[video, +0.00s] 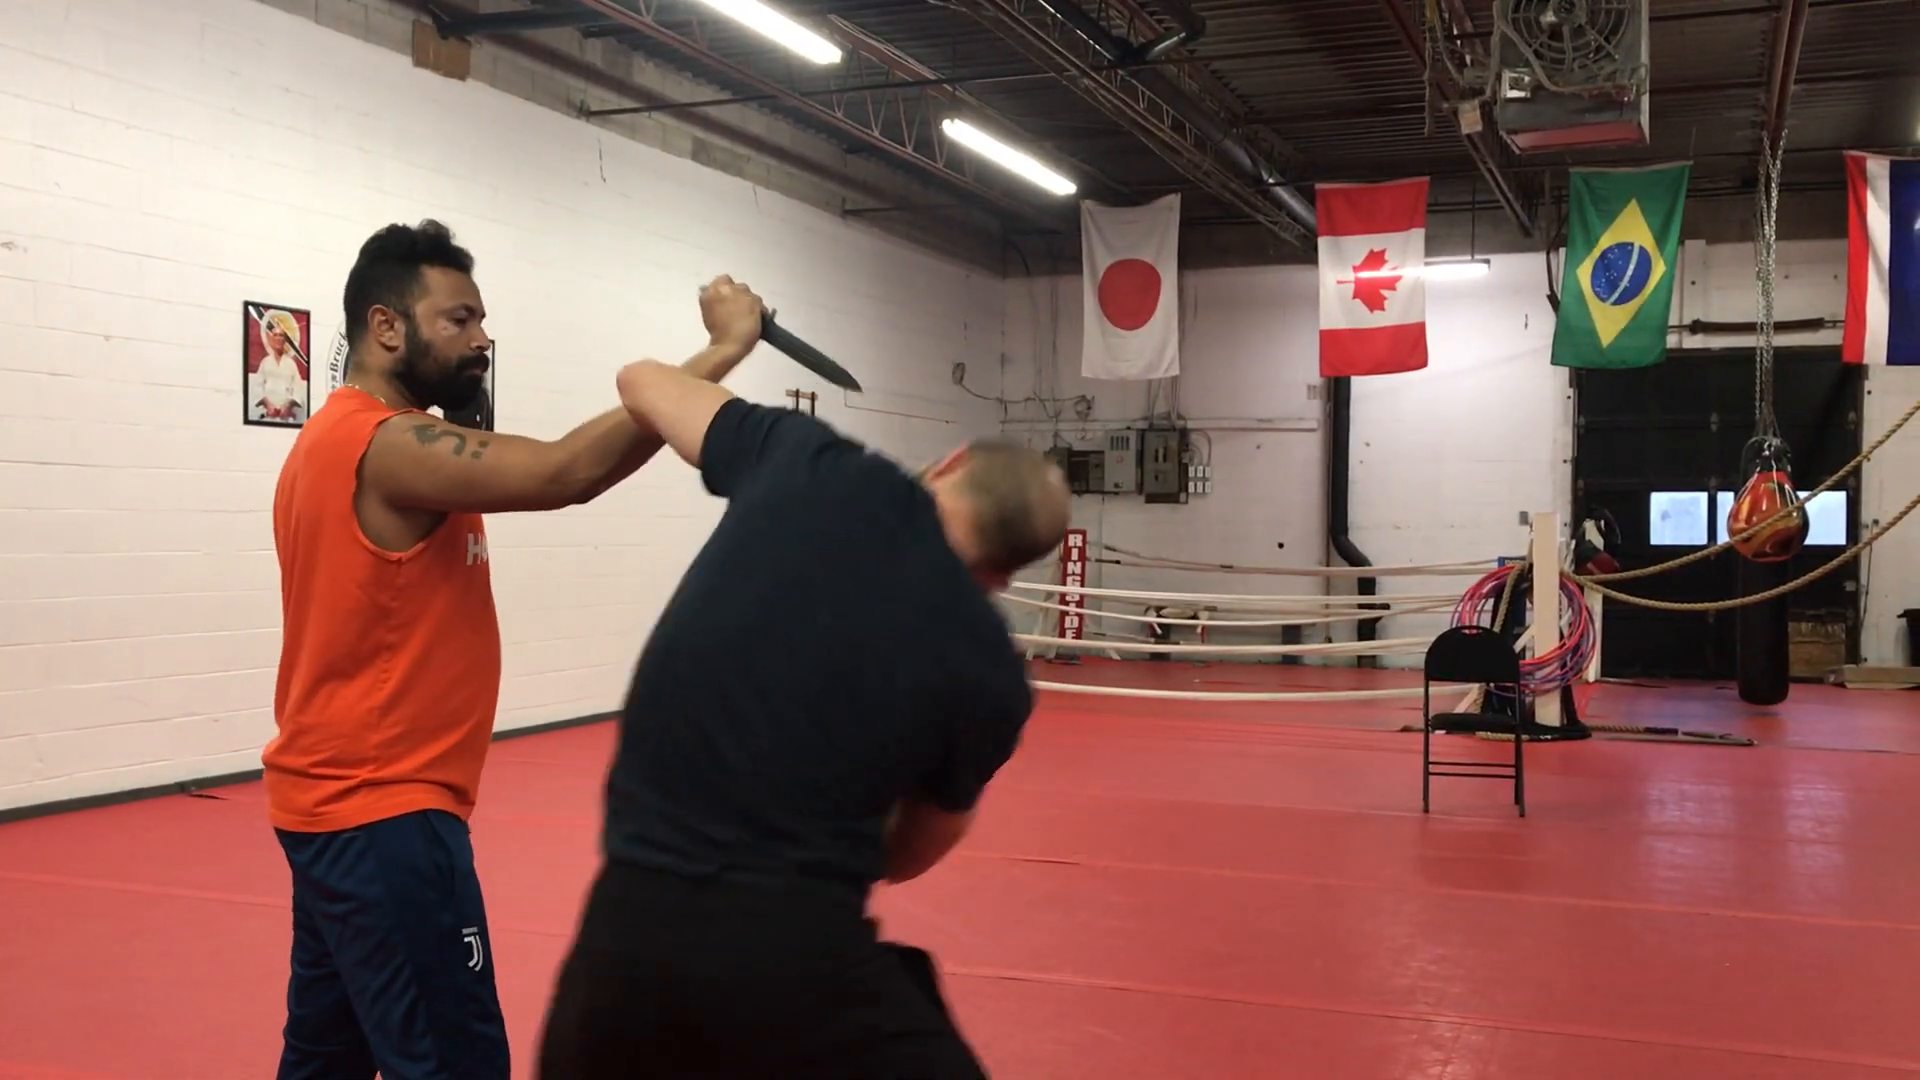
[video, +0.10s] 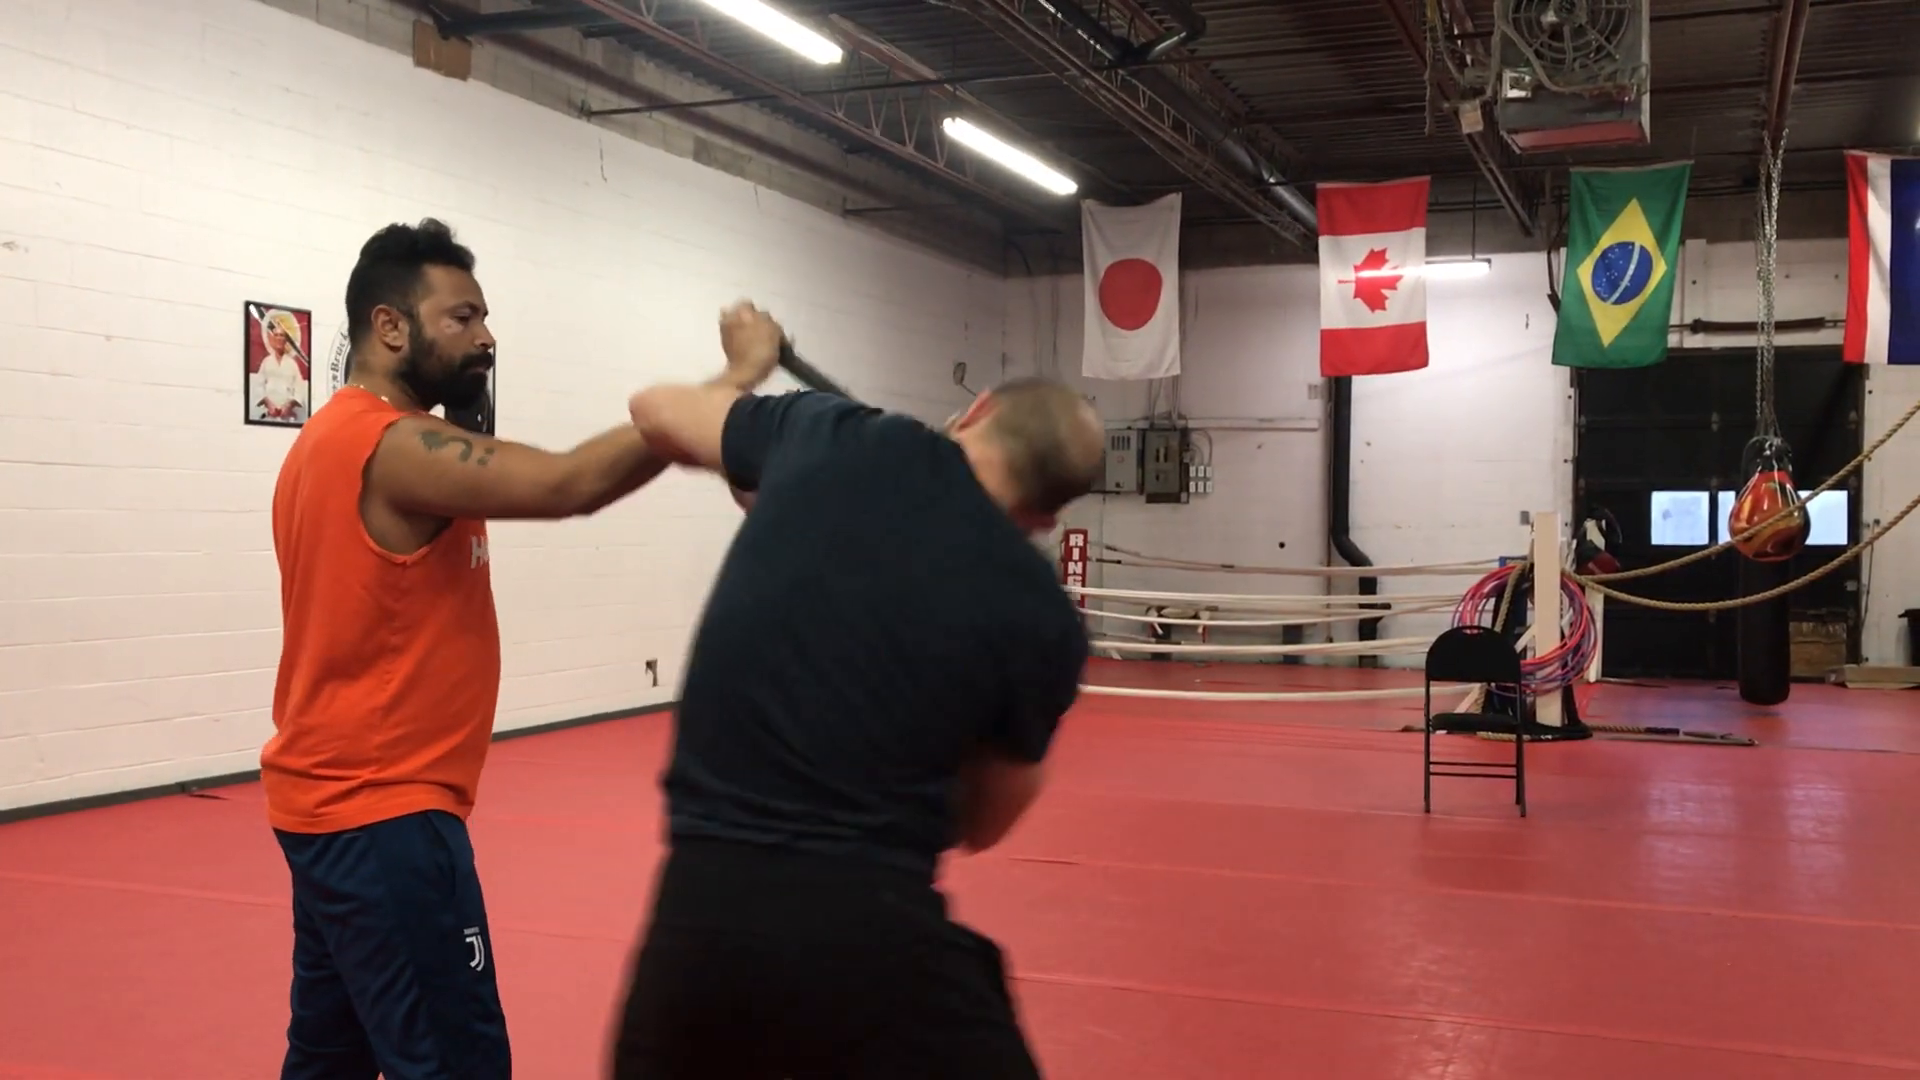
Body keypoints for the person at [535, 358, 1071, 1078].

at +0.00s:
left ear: (947, 460)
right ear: (1004, 578)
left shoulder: (802, 459)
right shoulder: (988, 674)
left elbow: (642, 380)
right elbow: (905, 855)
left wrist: (726, 344)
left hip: (631, 936)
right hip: (808, 965)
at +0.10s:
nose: (957, 415)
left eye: (967, 405)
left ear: (973, 408)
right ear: (1045, 518)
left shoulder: (826, 435)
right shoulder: (1042, 621)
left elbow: (656, 409)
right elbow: (981, 825)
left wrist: (743, 370)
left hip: (703, 920)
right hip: (886, 943)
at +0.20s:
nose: (974, 376)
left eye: (982, 366)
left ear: (986, 369)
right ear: (1083, 467)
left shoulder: (842, 429)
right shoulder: (1087, 568)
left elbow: (667, 452)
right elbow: (1070, 787)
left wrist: (755, 520)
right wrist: (990, 644)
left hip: (768, 908)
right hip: (952, 928)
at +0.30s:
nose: (978, 347)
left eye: (982, 335)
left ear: (992, 345)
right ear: (1097, 415)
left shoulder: (854, 424)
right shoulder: (1126, 530)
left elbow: (674, 503)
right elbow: (1136, 761)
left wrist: (752, 575)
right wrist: (1014, 658)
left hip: (815, 902)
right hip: (1001, 917)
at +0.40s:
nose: (962, 324)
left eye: (968, 312)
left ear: (982, 321)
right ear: (1098, 377)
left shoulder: (852, 418)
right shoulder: (1141, 499)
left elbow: (685, 561)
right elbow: (1174, 746)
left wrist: (785, 652)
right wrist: (1042, 667)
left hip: (851, 878)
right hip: (1031, 888)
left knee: (845, 1061)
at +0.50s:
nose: (941, 323)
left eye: (946, 311)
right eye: (946, 310)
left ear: (964, 322)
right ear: (1078, 362)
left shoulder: (843, 435)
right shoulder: (1143, 489)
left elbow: (714, 628)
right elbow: (1190, 741)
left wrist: (845, 702)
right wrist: (1036, 691)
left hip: (879, 903)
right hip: (1066, 909)